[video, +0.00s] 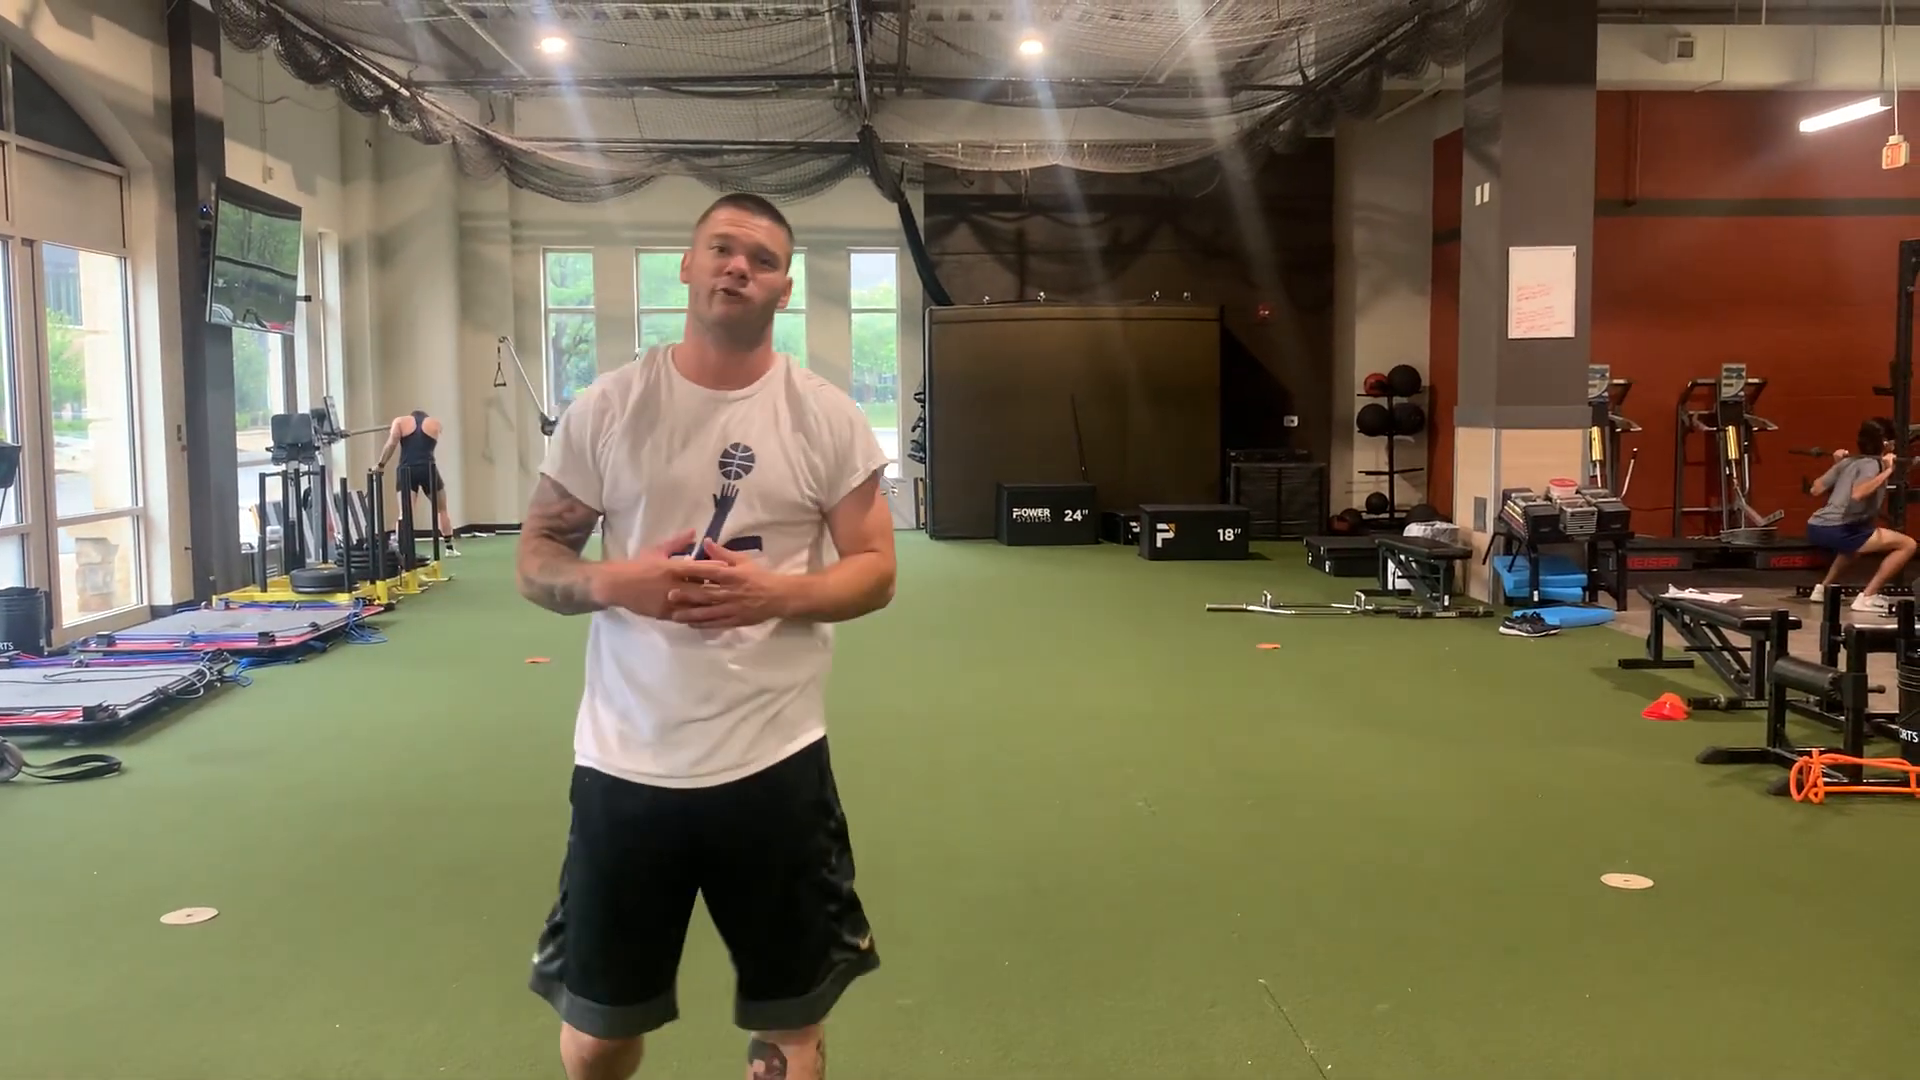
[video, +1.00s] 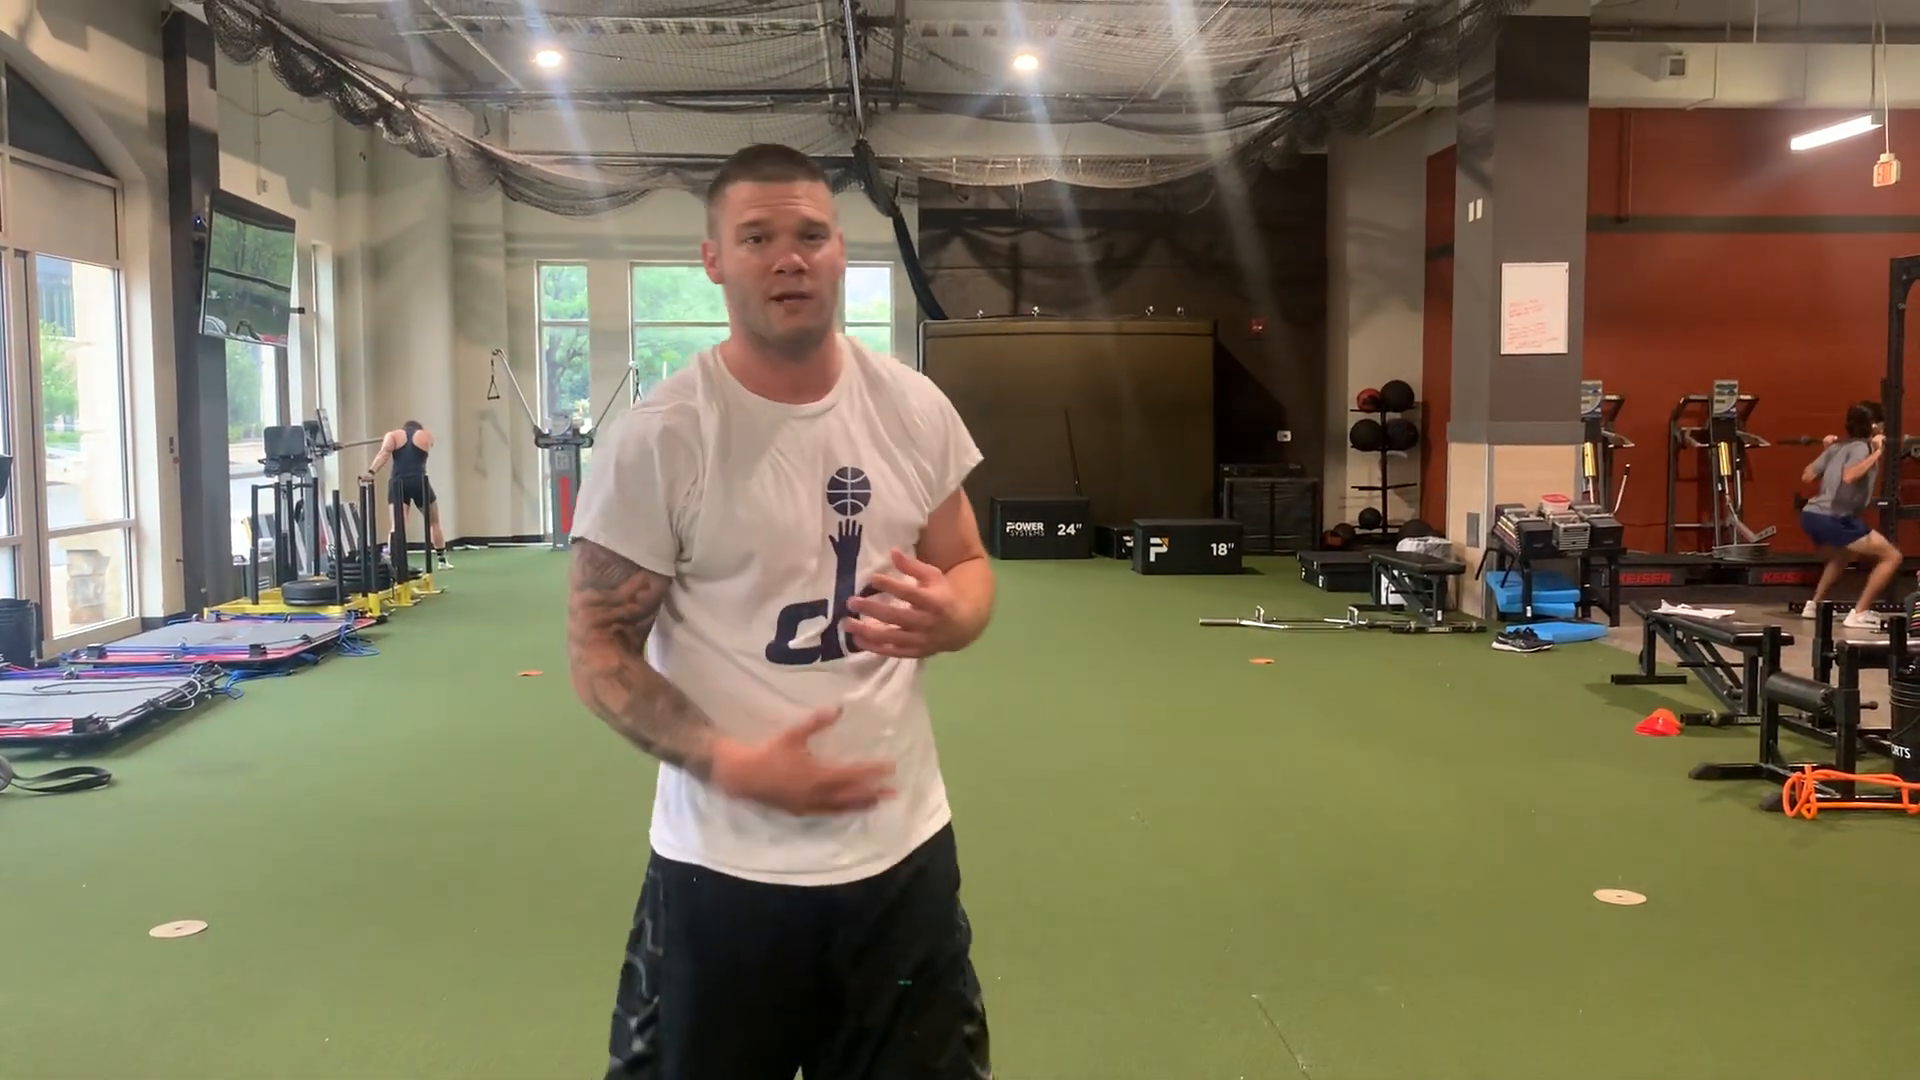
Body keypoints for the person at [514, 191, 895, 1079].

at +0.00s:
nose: (738, 266)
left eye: (762, 259)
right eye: (723, 248)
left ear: (784, 289)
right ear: (686, 265)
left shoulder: (826, 418)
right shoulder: (604, 410)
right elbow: (537, 566)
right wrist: (617, 582)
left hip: (774, 766)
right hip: (626, 768)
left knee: (791, 1029)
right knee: (594, 1044)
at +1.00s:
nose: (791, 257)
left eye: (812, 233)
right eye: (759, 236)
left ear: (842, 253)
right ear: (713, 263)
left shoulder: (910, 406)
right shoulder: (658, 435)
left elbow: (967, 565)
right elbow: (598, 651)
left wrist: (955, 618)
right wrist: (725, 759)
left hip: (900, 861)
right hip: (730, 873)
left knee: (927, 1065)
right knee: (698, 1067)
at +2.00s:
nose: (1036, 273)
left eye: (1065, 264)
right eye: (1018, 246)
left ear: (1088, 304)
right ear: (970, 263)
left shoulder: (1102, 468)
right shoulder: (847, 414)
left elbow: (1138, 649)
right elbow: (749, 587)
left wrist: (1142, 732)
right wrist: (786, 726)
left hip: (985, 867)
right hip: (814, 854)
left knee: (997, 1067)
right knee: (781, 1066)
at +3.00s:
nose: (813, 298)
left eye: (824, 274)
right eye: (784, 287)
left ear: (853, 286)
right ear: (752, 316)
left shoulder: (947, 421)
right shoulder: (722, 456)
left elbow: (1007, 565)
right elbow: (686, 634)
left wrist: (974, 615)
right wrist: (752, 721)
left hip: (934, 805)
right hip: (784, 818)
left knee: (949, 1060)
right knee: (779, 1061)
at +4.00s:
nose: (911, 316)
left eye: (931, 309)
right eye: (898, 298)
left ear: (947, 336)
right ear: (861, 311)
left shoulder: (975, 450)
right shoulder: (783, 427)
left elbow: (990, 583)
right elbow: (714, 567)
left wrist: (943, 636)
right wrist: (771, 556)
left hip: (917, 740)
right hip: (789, 737)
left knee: (910, 969)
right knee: (771, 967)